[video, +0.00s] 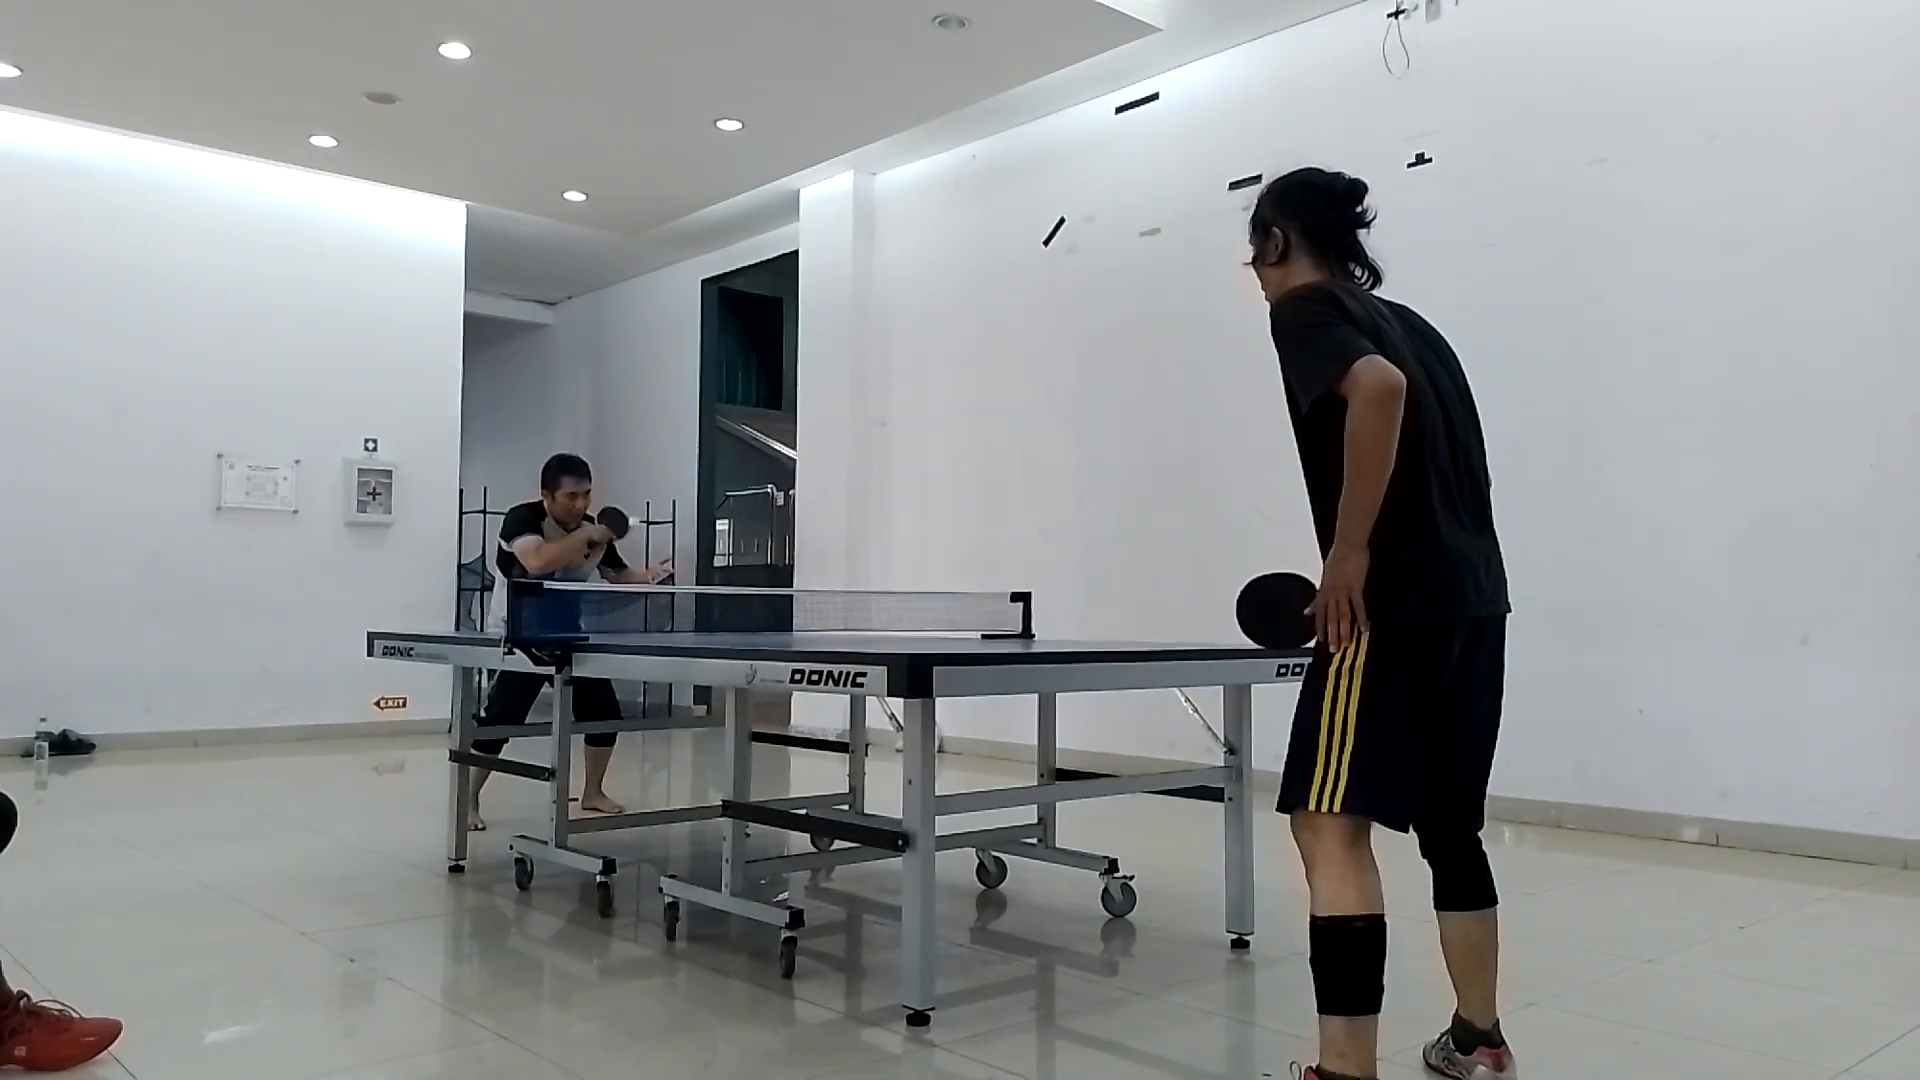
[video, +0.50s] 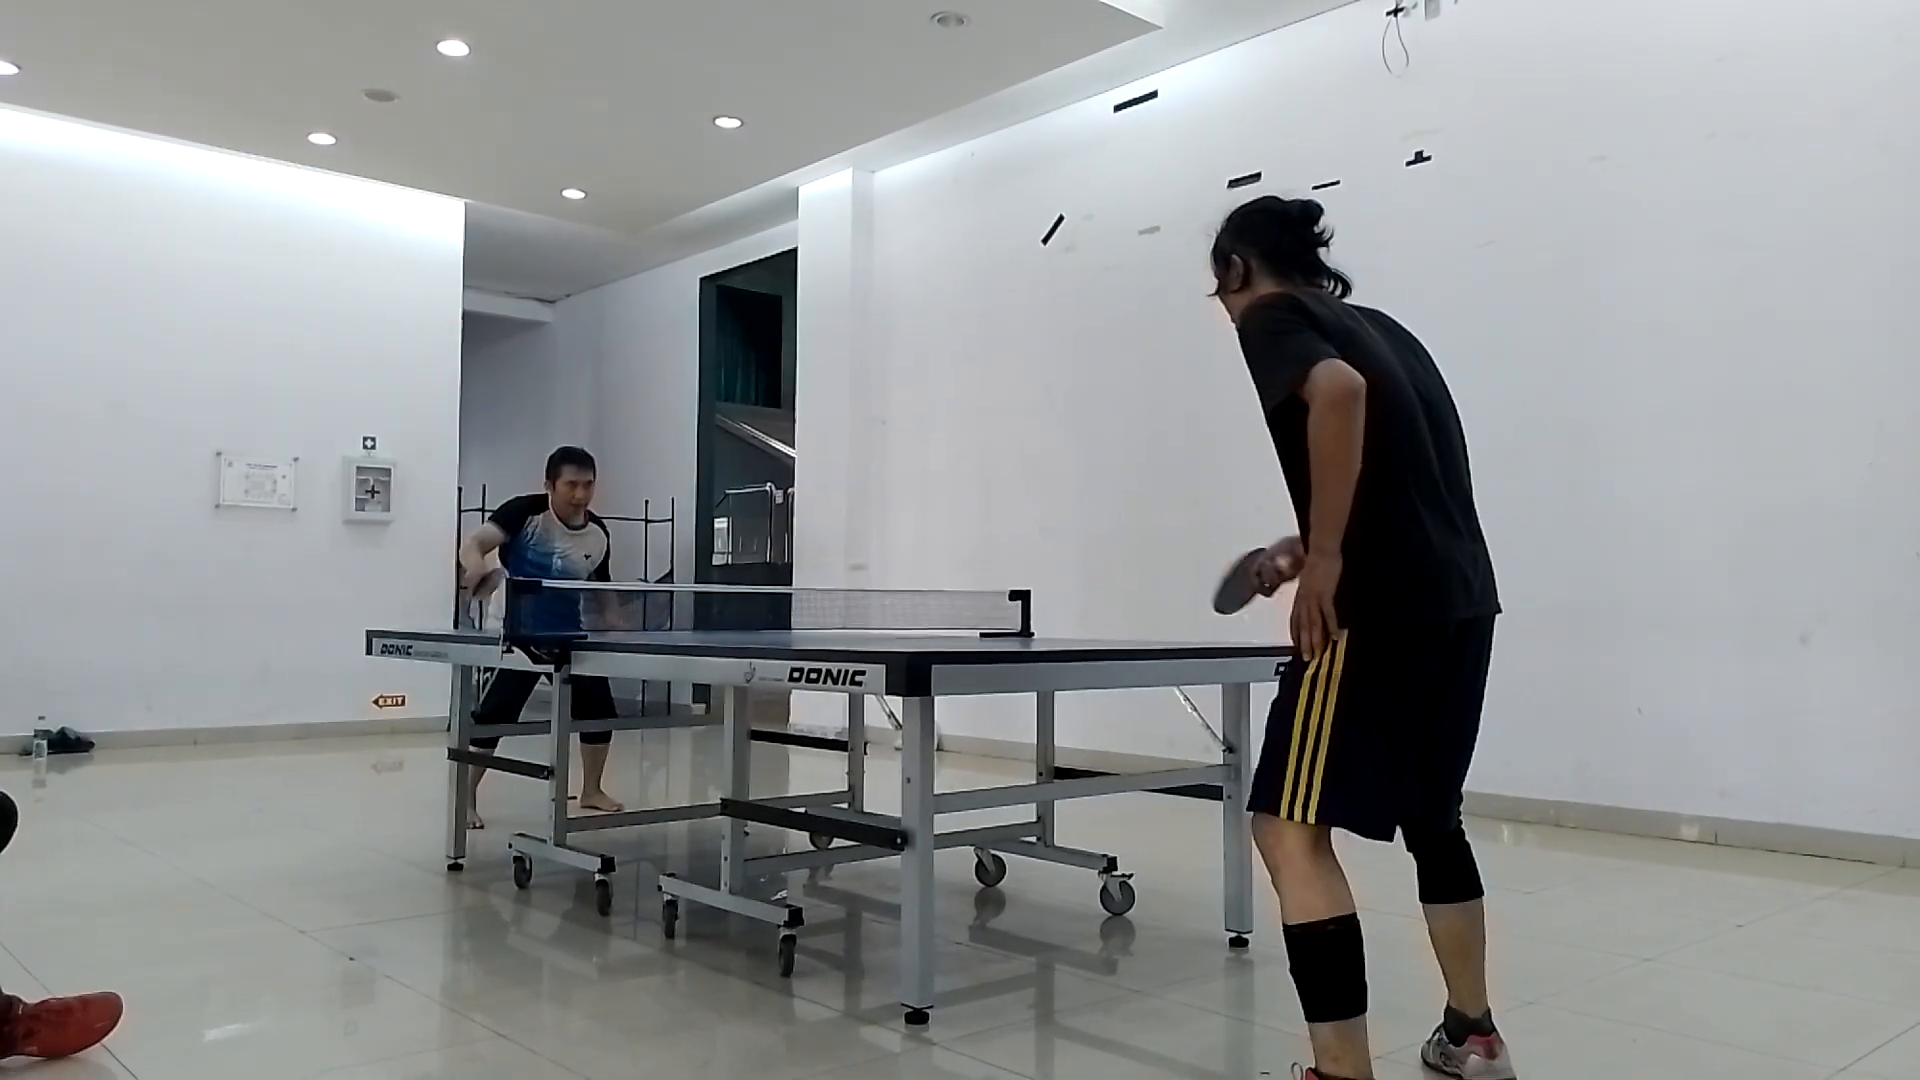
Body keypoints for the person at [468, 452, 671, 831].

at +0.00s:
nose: (581, 504)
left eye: (585, 495)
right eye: (572, 496)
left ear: (590, 492)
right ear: (547, 494)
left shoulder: (592, 530)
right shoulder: (521, 518)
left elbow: (620, 576)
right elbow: (535, 561)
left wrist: (649, 576)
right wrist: (585, 535)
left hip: (571, 643)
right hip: (521, 643)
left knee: (605, 715)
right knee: (498, 725)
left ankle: (593, 793)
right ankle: (468, 798)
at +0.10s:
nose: (575, 507)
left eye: (580, 497)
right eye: (566, 498)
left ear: (585, 495)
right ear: (542, 496)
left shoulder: (587, 533)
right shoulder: (518, 518)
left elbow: (615, 581)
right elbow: (536, 558)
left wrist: (646, 588)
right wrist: (583, 538)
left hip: (567, 645)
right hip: (517, 645)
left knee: (601, 714)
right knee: (495, 726)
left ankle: (591, 793)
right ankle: (466, 799)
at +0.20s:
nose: (578, 503)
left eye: (584, 494)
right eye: (569, 494)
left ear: (590, 493)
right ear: (546, 493)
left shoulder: (592, 533)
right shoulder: (521, 514)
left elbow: (610, 581)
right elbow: (516, 545)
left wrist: (643, 596)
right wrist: (575, 554)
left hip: (568, 644)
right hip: (516, 643)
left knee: (603, 713)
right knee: (495, 724)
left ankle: (592, 791)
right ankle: (468, 796)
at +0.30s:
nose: (576, 502)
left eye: (583, 493)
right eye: (567, 493)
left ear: (589, 492)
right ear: (546, 491)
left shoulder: (591, 537)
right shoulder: (522, 512)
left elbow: (610, 595)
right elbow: (500, 538)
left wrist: (638, 617)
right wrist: (522, 556)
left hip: (568, 644)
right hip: (518, 642)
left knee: (600, 713)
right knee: (493, 723)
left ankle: (591, 792)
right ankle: (465, 797)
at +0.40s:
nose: (579, 497)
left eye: (585, 489)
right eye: (570, 488)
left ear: (592, 488)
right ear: (549, 487)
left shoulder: (595, 534)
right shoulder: (525, 511)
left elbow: (604, 591)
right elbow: (482, 536)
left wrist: (627, 619)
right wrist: (490, 553)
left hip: (574, 645)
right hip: (524, 643)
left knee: (602, 714)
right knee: (491, 722)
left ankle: (592, 790)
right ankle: (467, 793)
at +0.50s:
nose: (580, 494)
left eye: (587, 485)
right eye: (571, 485)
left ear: (594, 486)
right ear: (550, 485)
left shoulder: (597, 533)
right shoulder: (522, 511)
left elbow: (603, 593)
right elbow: (472, 546)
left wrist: (615, 622)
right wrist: (479, 570)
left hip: (576, 645)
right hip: (524, 642)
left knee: (600, 716)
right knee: (490, 723)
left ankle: (592, 791)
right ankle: (466, 796)